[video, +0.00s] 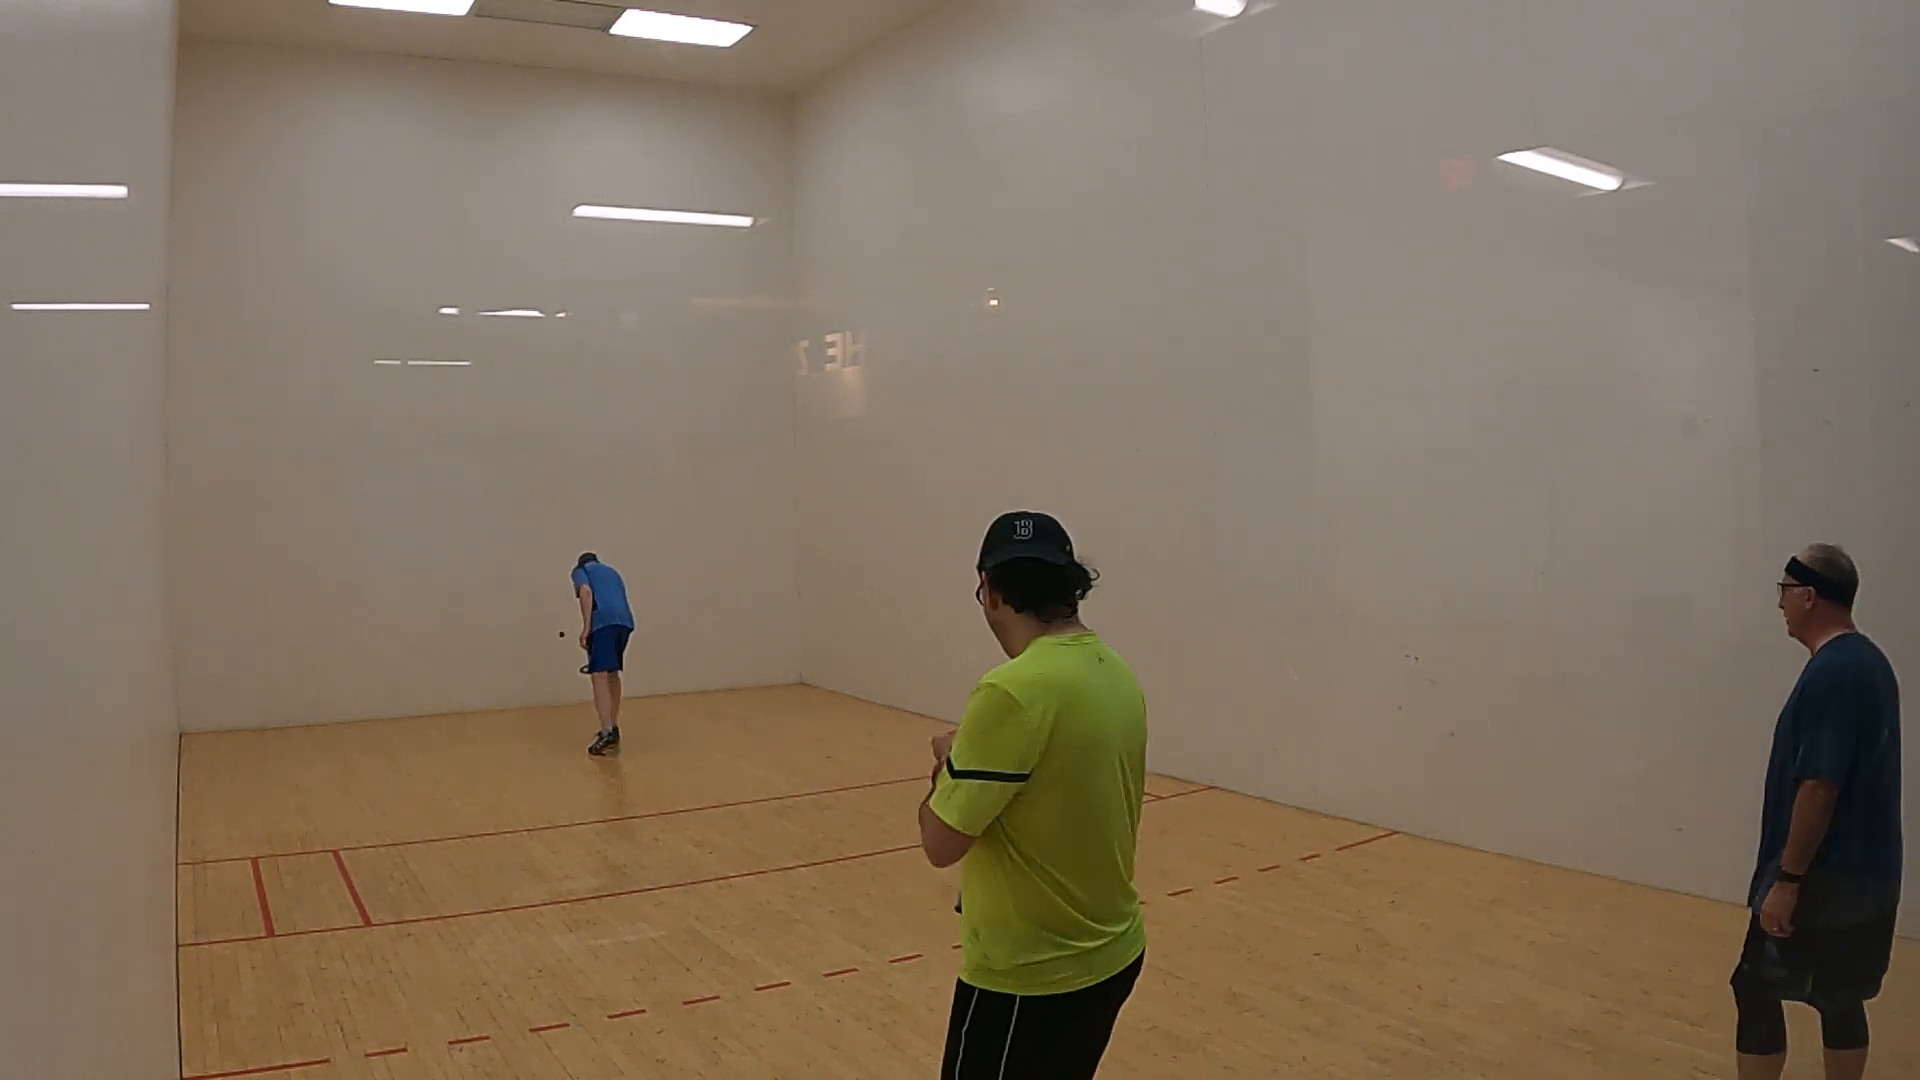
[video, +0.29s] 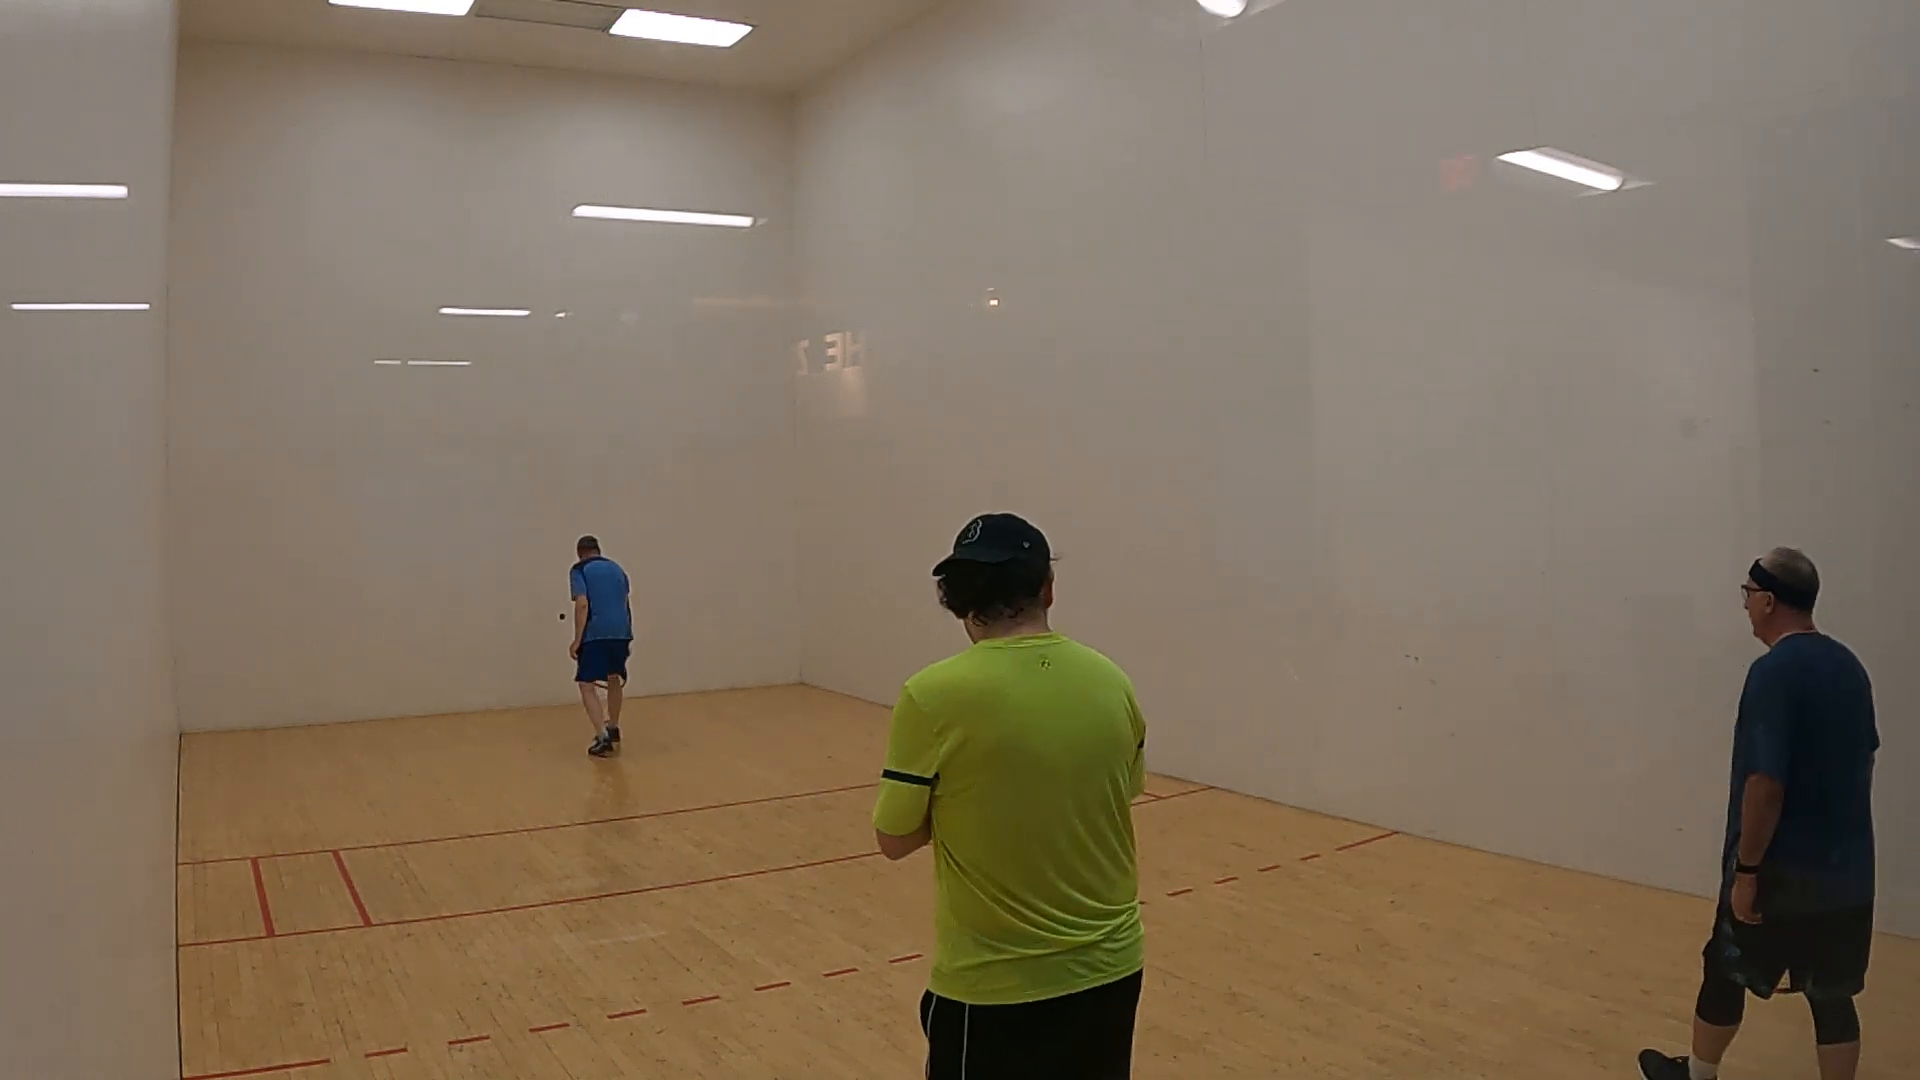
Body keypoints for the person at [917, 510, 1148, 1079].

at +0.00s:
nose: (981, 604)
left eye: (980, 589)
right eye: (981, 589)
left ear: (990, 591)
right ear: (1067, 590)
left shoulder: (1013, 693)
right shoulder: (1112, 671)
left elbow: (941, 845)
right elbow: (1073, 800)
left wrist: (945, 767)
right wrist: (981, 754)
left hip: (1025, 982)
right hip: (1107, 960)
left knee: (981, 1073)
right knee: (1063, 1071)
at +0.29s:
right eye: (1050, 577)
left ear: (957, 602)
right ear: (1048, 588)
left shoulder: (933, 695)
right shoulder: (1107, 678)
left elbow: (895, 838)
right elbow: (1126, 788)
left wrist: (966, 789)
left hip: (988, 1001)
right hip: (1108, 987)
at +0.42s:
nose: (1053, 588)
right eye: (1053, 578)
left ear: (957, 597)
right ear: (1049, 587)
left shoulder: (925, 696)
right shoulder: (1113, 683)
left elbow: (896, 843)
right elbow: (1128, 815)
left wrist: (968, 794)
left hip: (983, 1010)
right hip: (1109, 999)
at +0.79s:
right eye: (1130, 581)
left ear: (1033, 592)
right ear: (1123, 589)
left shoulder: (987, 694)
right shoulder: (1180, 692)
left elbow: (948, 829)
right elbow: (1188, 828)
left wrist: (1025, 790)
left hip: (1017, 1015)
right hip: (1148, 1010)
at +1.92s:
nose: (1073, 599)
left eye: (1073, 587)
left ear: (1079, 596)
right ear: (1170, 591)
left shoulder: (1044, 698)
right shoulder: (1230, 696)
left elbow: (982, 847)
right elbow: (1234, 844)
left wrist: (1050, 797)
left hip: (1065, 1013)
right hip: (1189, 1004)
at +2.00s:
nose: (1069, 597)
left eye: (1069, 584)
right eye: (1071, 582)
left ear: (1078, 595)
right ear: (1165, 590)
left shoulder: (1047, 695)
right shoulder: (1229, 696)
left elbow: (981, 850)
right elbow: (1242, 847)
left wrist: (1038, 796)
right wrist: (1201, 927)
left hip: (1065, 1011)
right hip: (1190, 1002)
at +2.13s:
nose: (1065, 593)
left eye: (1066, 580)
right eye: (1067, 578)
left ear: (1075, 594)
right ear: (1160, 588)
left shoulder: (1047, 691)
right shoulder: (1227, 693)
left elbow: (980, 840)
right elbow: (1248, 849)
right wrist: (1239, 956)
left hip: (1063, 1012)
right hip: (1188, 1002)